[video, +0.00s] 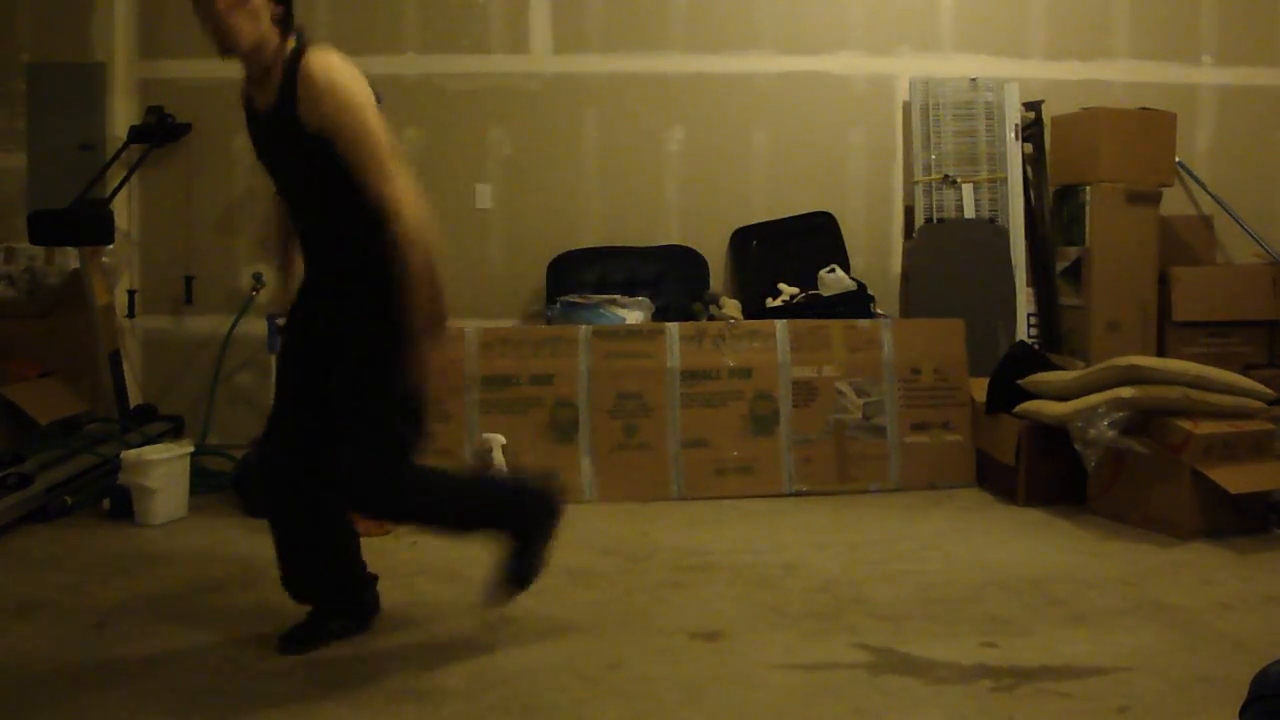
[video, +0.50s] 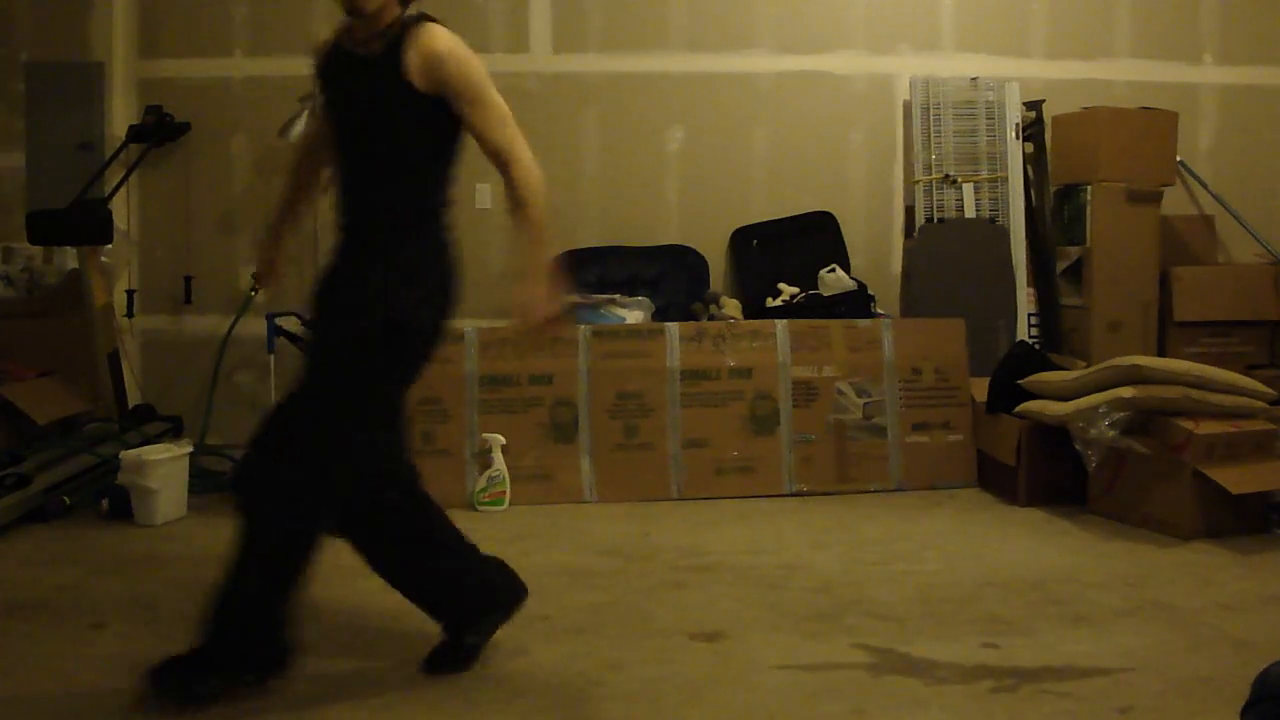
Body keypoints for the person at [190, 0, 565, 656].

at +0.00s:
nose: (216, 22)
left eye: (227, 7)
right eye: (209, 11)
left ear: (269, 8)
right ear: (213, 20)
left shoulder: (324, 75)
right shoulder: (255, 89)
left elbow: (404, 205)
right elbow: (291, 194)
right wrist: (286, 287)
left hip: (379, 291)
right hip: (323, 296)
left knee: (363, 474)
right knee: (293, 460)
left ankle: (522, 509)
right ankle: (342, 600)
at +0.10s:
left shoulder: (328, 29)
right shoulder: (247, 37)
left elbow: (439, 110)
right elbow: (300, 152)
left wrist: (540, 194)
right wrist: (304, 247)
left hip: (373, 258)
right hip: (316, 261)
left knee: (339, 445)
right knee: (298, 445)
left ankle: (407, 602)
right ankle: (348, 597)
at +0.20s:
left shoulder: (344, 17)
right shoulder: (257, 23)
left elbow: (471, 60)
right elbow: (289, 153)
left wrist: (595, 96)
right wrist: (276, 261)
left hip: (343, 275)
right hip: (293, 273)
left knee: (276, 450)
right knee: (284, 447)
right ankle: (421, 557)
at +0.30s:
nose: (288, 8)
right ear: (280, 3)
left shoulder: (373, 54)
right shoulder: (286, 49)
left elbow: (501, 74)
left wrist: (621, 68)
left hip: (314, 320)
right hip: (267, 314)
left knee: (206, 479)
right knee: (255, 485)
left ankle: (220, 663)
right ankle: (457, 528)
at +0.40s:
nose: (326, 8)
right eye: (319, 1)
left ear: (369, 2)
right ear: (310, 5)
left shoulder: (400, 64)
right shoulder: (307, 56)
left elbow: (508, 117)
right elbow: (282, 150)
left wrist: (625, 154)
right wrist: (274, 228)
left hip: (338, 311)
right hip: (297, 305)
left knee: (225, 476)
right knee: (293, 492)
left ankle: (219, 665)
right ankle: (477, 544)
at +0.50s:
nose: (360, 5)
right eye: (351, 0)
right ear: (344, 3)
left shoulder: (433, 49)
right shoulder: (339, 56)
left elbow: (517, 160)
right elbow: (315, 155)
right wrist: (273, 244)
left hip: (409, 285)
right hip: (352, 284)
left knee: (288, 460)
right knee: (352, 464)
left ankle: (243, 647)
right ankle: (473, 592)